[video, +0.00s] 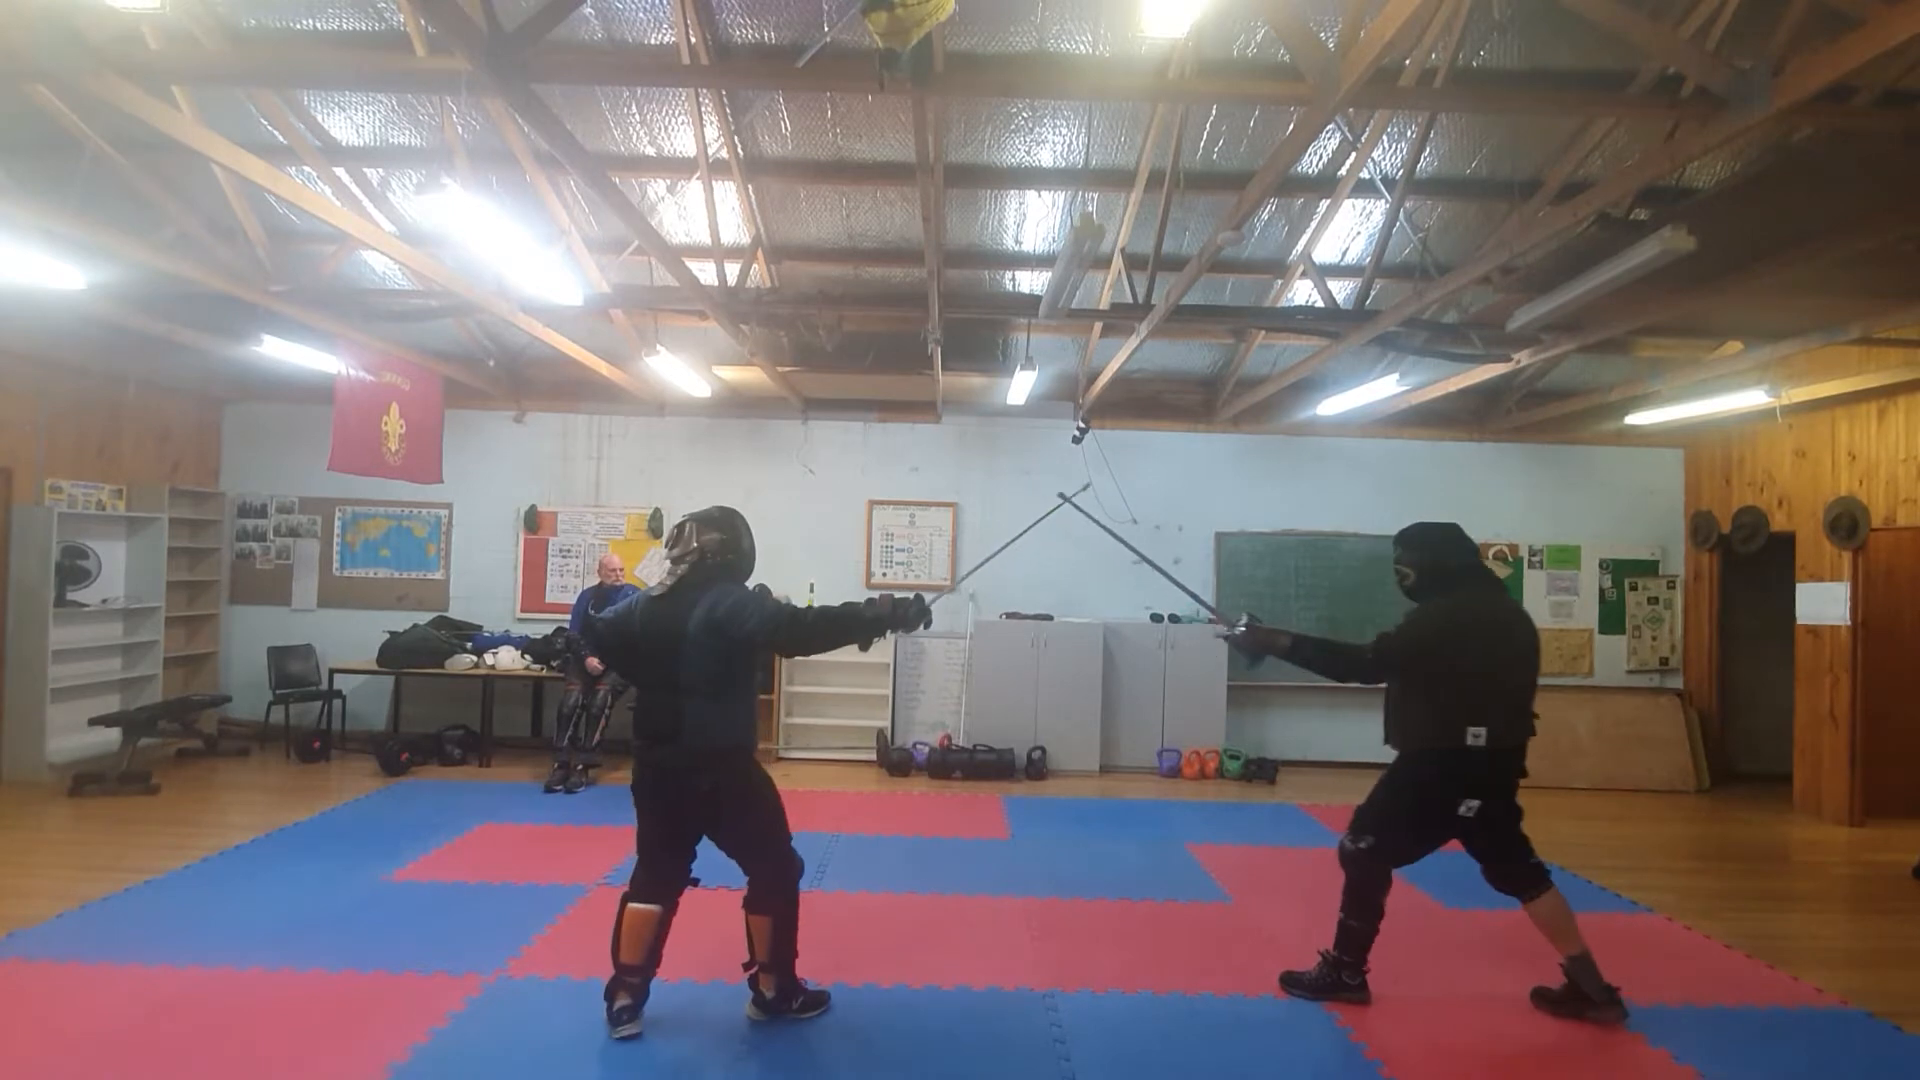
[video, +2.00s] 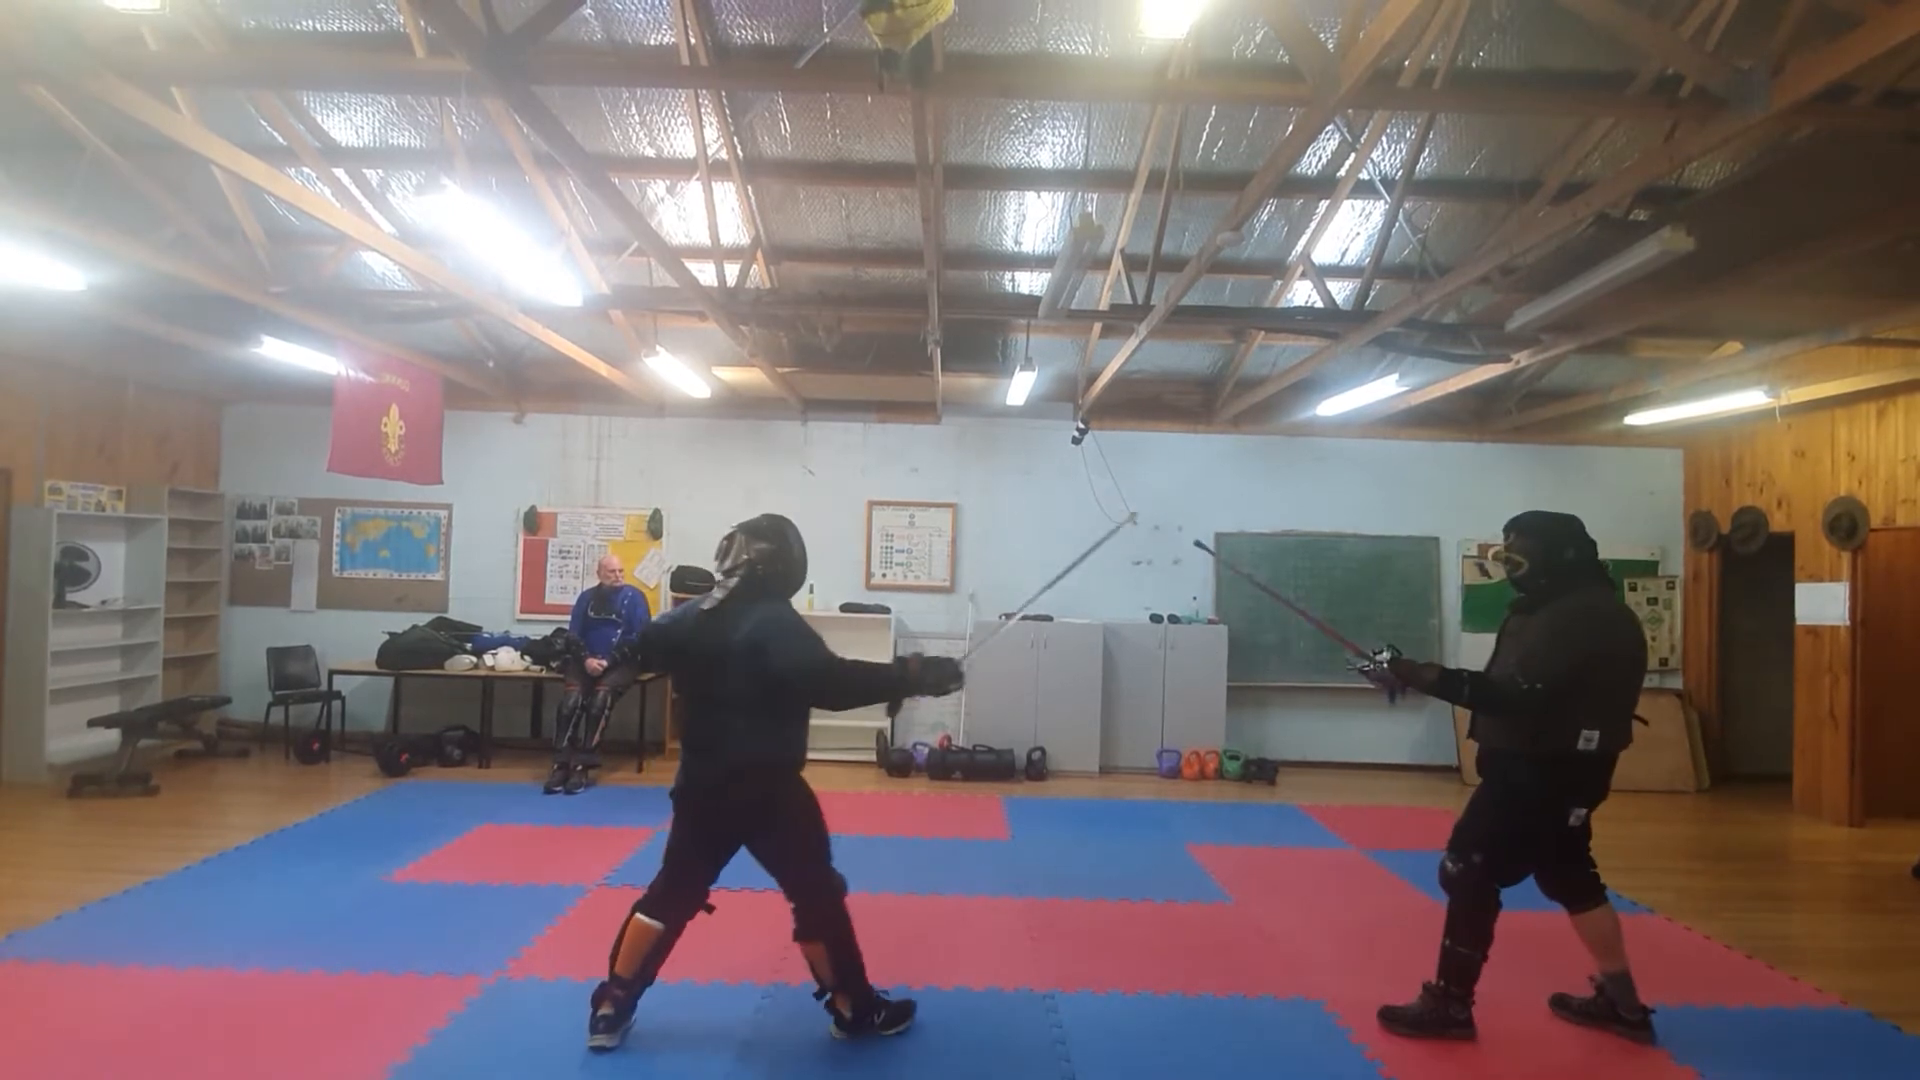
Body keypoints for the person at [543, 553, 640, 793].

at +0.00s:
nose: (618, 574)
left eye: (620, 570)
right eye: (612, 571)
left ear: (624, 570)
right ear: (599, 572)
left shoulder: (633, 595)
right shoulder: (586, 596)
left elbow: (635, 636)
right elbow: (573, 633)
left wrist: (609, 660)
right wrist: (586, 657)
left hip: (617, 662)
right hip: (583, 659)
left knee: (599, 702)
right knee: (571, 700)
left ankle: (582, 767)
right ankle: (560, 764)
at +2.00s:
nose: (618, 576)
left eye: (621, 572)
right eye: (612, 572)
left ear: (624, 572)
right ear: (599, 573)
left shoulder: (634, 597)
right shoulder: (586, 597)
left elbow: (637, 636)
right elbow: (573, 635)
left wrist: (609, 660)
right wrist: (585, 658)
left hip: (619, 662)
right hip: (585, 659)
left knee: (601, 696)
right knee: (572, 697)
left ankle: (581, 768)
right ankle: (560, 765)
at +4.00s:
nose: (618, 576)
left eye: (621, 572)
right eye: (613, 572)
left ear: (624, 573)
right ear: (600, 573)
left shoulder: (635, 598)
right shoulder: (587, 598)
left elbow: (639, 637)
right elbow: (574, 636)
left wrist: (609, 661)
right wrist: (586, 659)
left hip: (620, 662)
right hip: (586, 660)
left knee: (601, 698)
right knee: (572, 698)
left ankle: (582, 768)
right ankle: (561, 766)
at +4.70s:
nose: (618, 576)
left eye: (621, 572)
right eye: (613, 572)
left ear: (624, 572)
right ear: (600, 573)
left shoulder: (635, 597)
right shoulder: (587, 597)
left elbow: (640, 636)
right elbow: (574, 635)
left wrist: (609, 660)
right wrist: (586, 658)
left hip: (620, 662)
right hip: (586, 659)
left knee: (601, 697)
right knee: (572, 698)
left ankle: (582, 768)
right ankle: (561, 765)